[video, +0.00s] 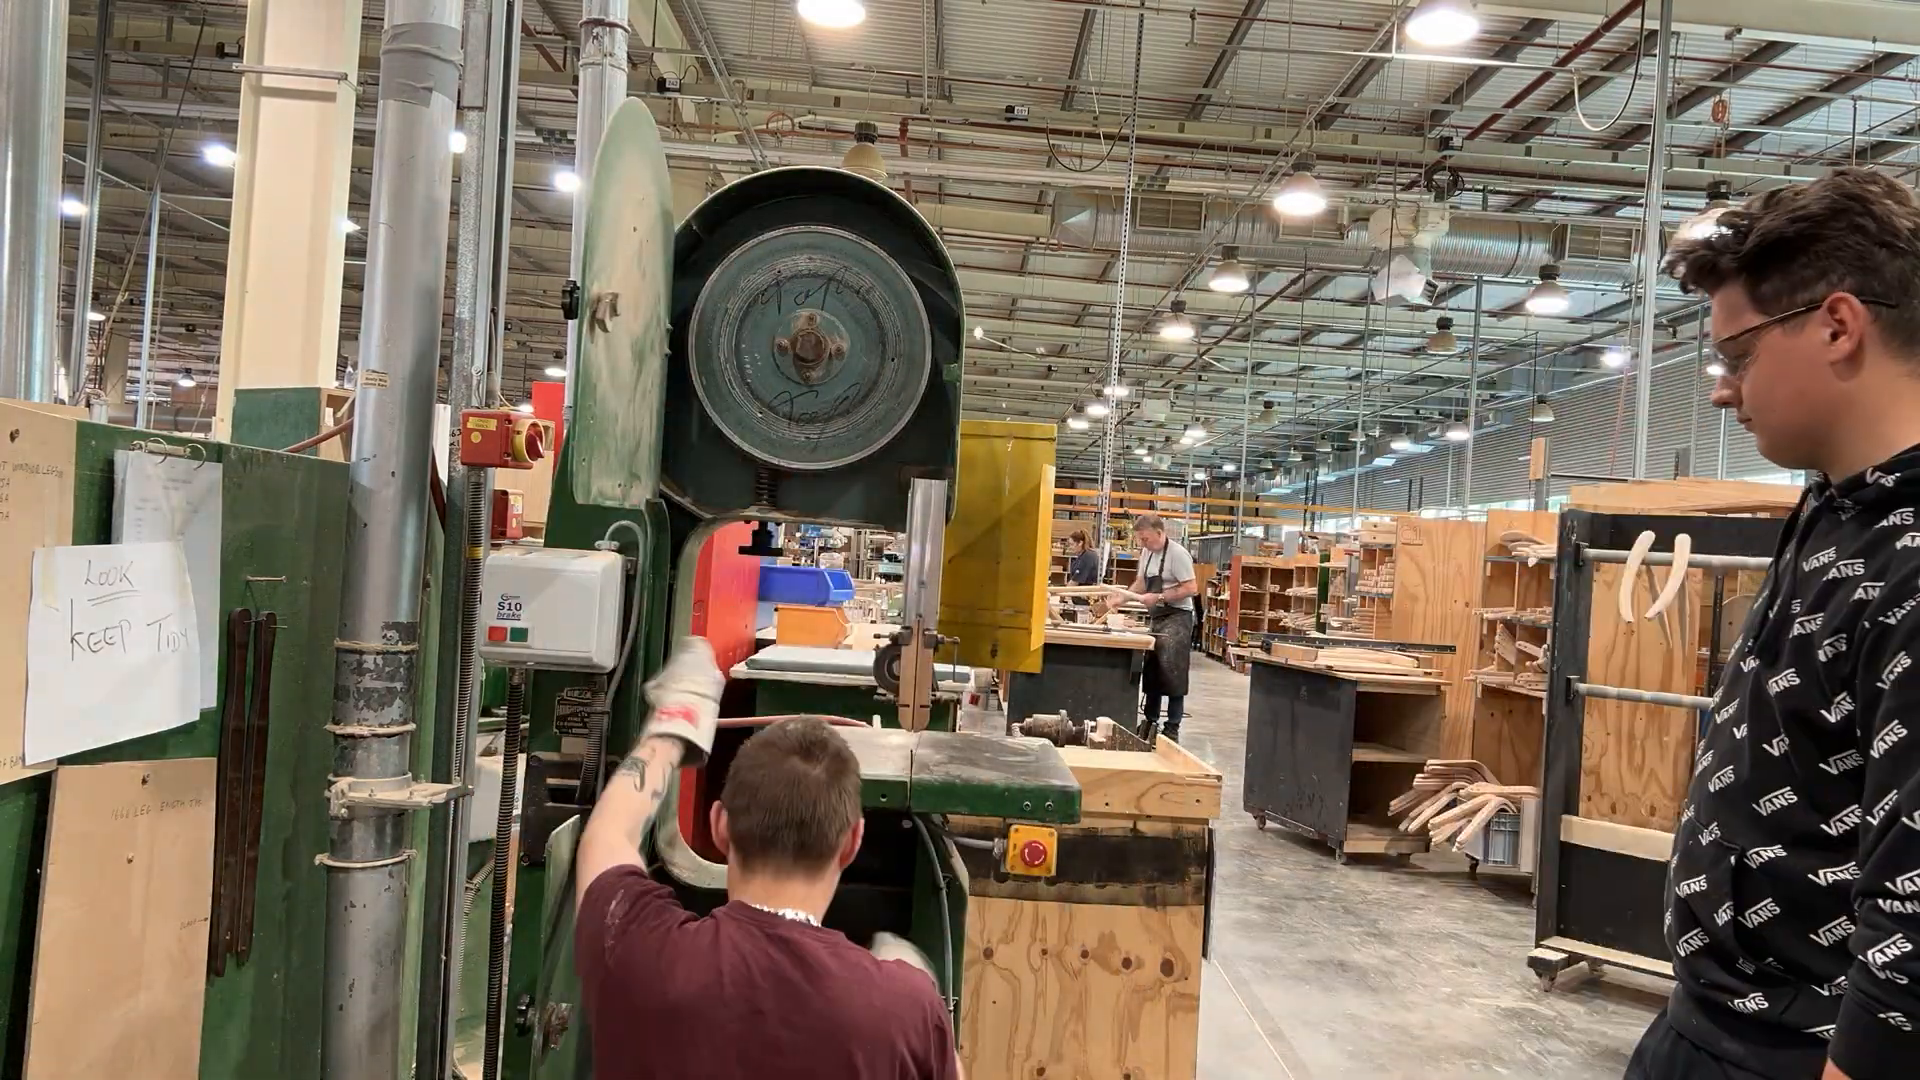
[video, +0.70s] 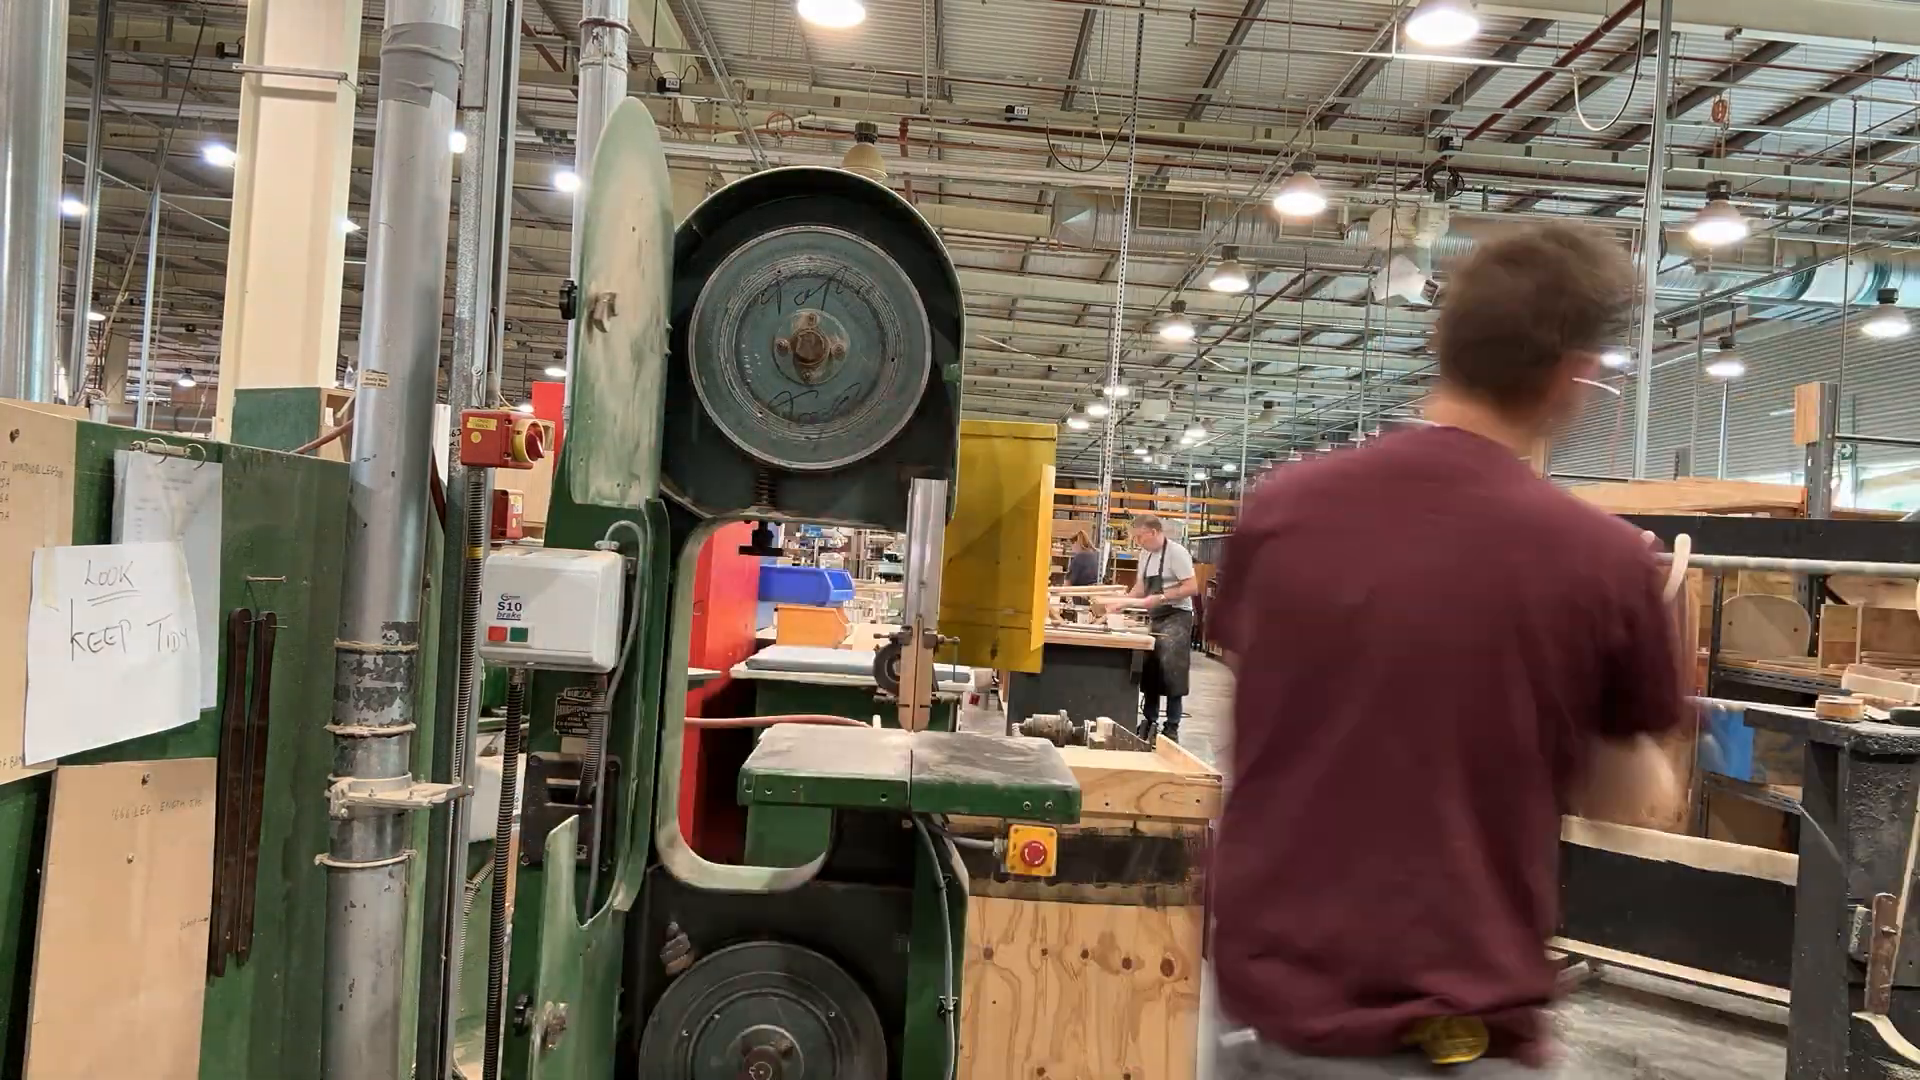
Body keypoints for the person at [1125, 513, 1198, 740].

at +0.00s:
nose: (1142, 543)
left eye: (1145, 538)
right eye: (1140, 539)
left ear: (1160, 533)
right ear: (1143, 537)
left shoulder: (1178, 553)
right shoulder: (1147, 553)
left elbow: (1191, 587)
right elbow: (1141, 584)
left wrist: (1159, 597)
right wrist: (1122, 597)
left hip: (1178, 617)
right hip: (1157, 617)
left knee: (1174, 671)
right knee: (1152, 670)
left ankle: (1172, 728)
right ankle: (1150, 721)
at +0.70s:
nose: (1138, 542)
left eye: (1140, 537)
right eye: (1136, 538)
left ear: (1154, 532)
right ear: (1148, 534)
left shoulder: (1177, 552)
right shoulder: (1146, 555)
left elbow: (1191, 587)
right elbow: (1140, 588)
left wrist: (1159, 598)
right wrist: (1121, 602)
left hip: (1176, 619)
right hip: (1155, 619)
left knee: (1173, 673)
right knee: (1150, 672)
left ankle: (1171, 728)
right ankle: (1148, 722)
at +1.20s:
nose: (1202, 533)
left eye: (1206, 528)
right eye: (1198, 529)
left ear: (1216, 530)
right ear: (1193, 530)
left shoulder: (1227, 555)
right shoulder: (1186, 551)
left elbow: (1234, 589)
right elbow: (1173, 583)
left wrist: (1201, 582)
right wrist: (1171, 573)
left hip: (1212, 620)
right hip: (1187, 619)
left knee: (1209, 676)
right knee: (1176, 672)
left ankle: (1206, 732)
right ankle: (1170, 727)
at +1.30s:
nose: (1175, 537)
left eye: (1178, 531)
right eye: (1174, 532)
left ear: (1192, 531)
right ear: (1184, 532)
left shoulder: (1210, 554)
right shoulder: (1183, 553)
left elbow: (1209, 586)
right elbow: (1181, 582)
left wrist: (1179, 581)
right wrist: (1167, 582)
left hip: (1201, 619)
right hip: (1180, 618)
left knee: (1200, 673)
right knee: (1164, 669)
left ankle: (1206, 731)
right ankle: (1166, 722)